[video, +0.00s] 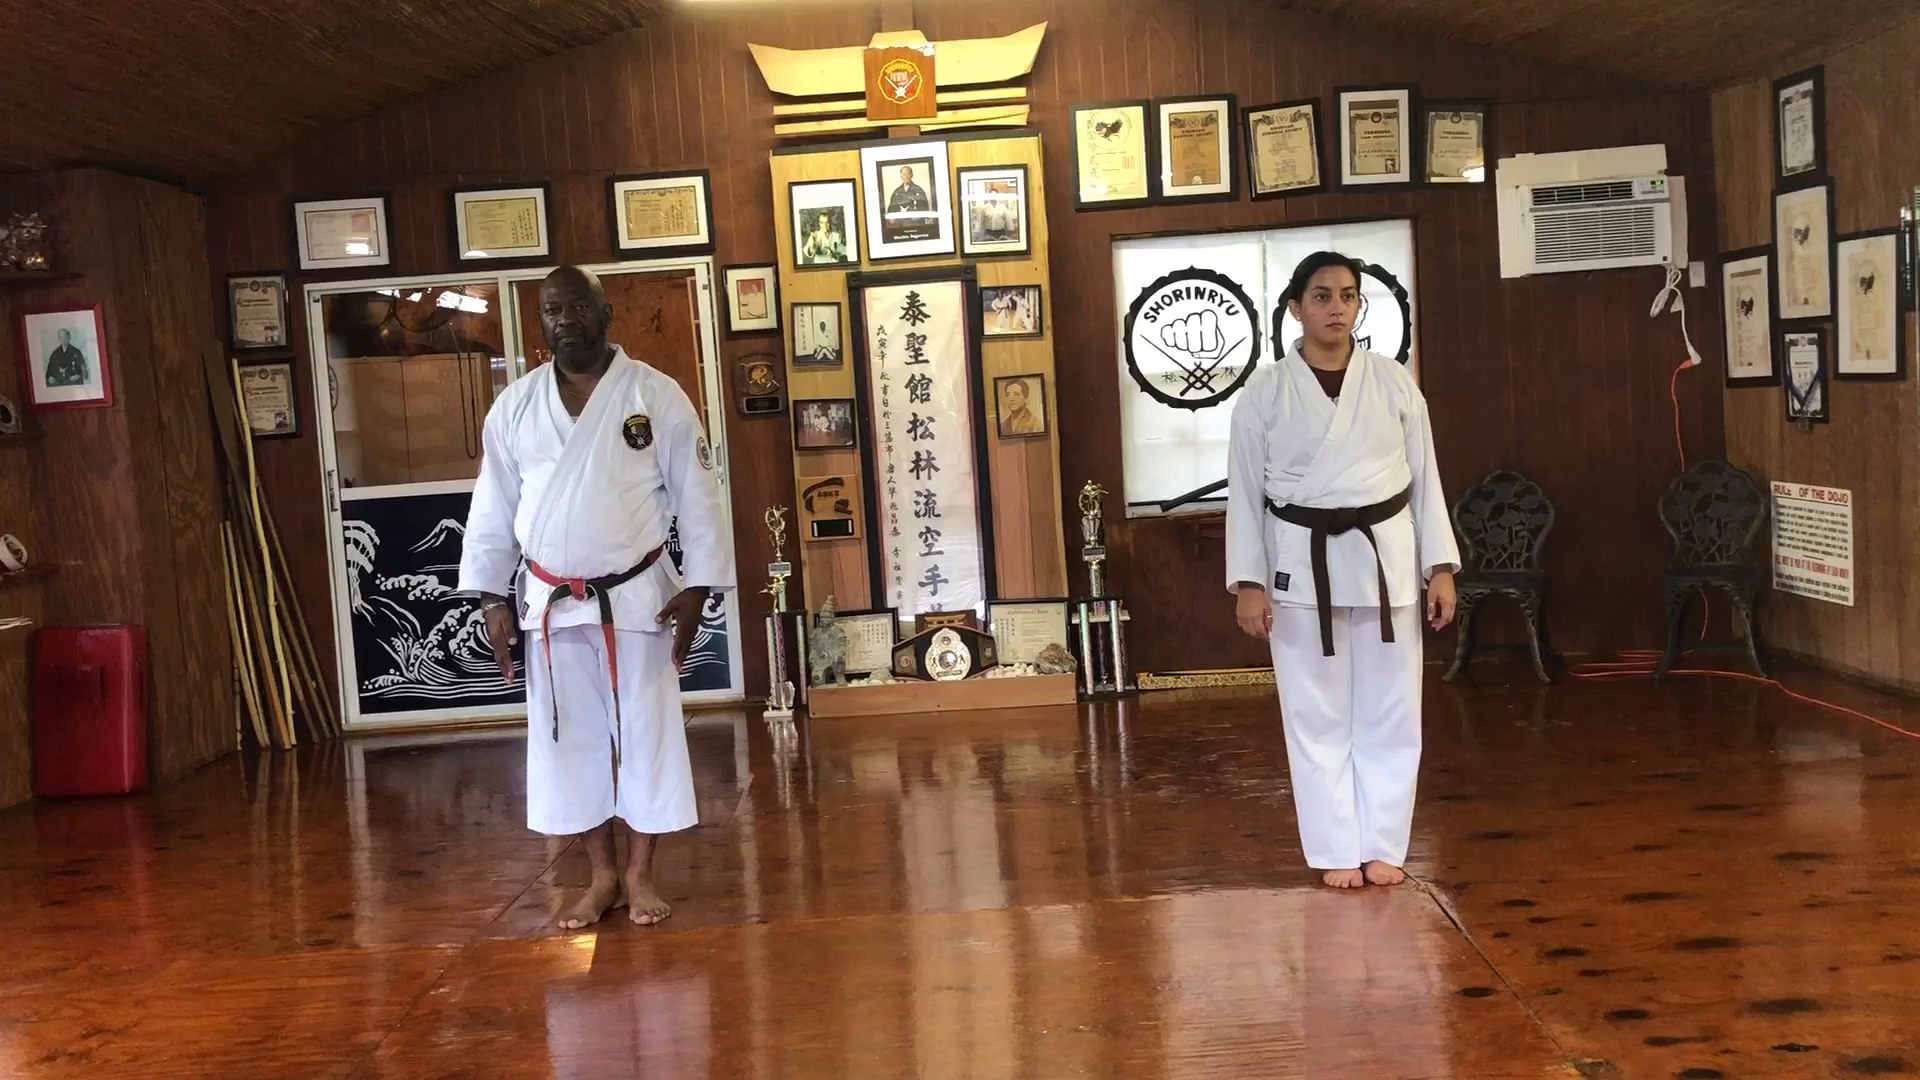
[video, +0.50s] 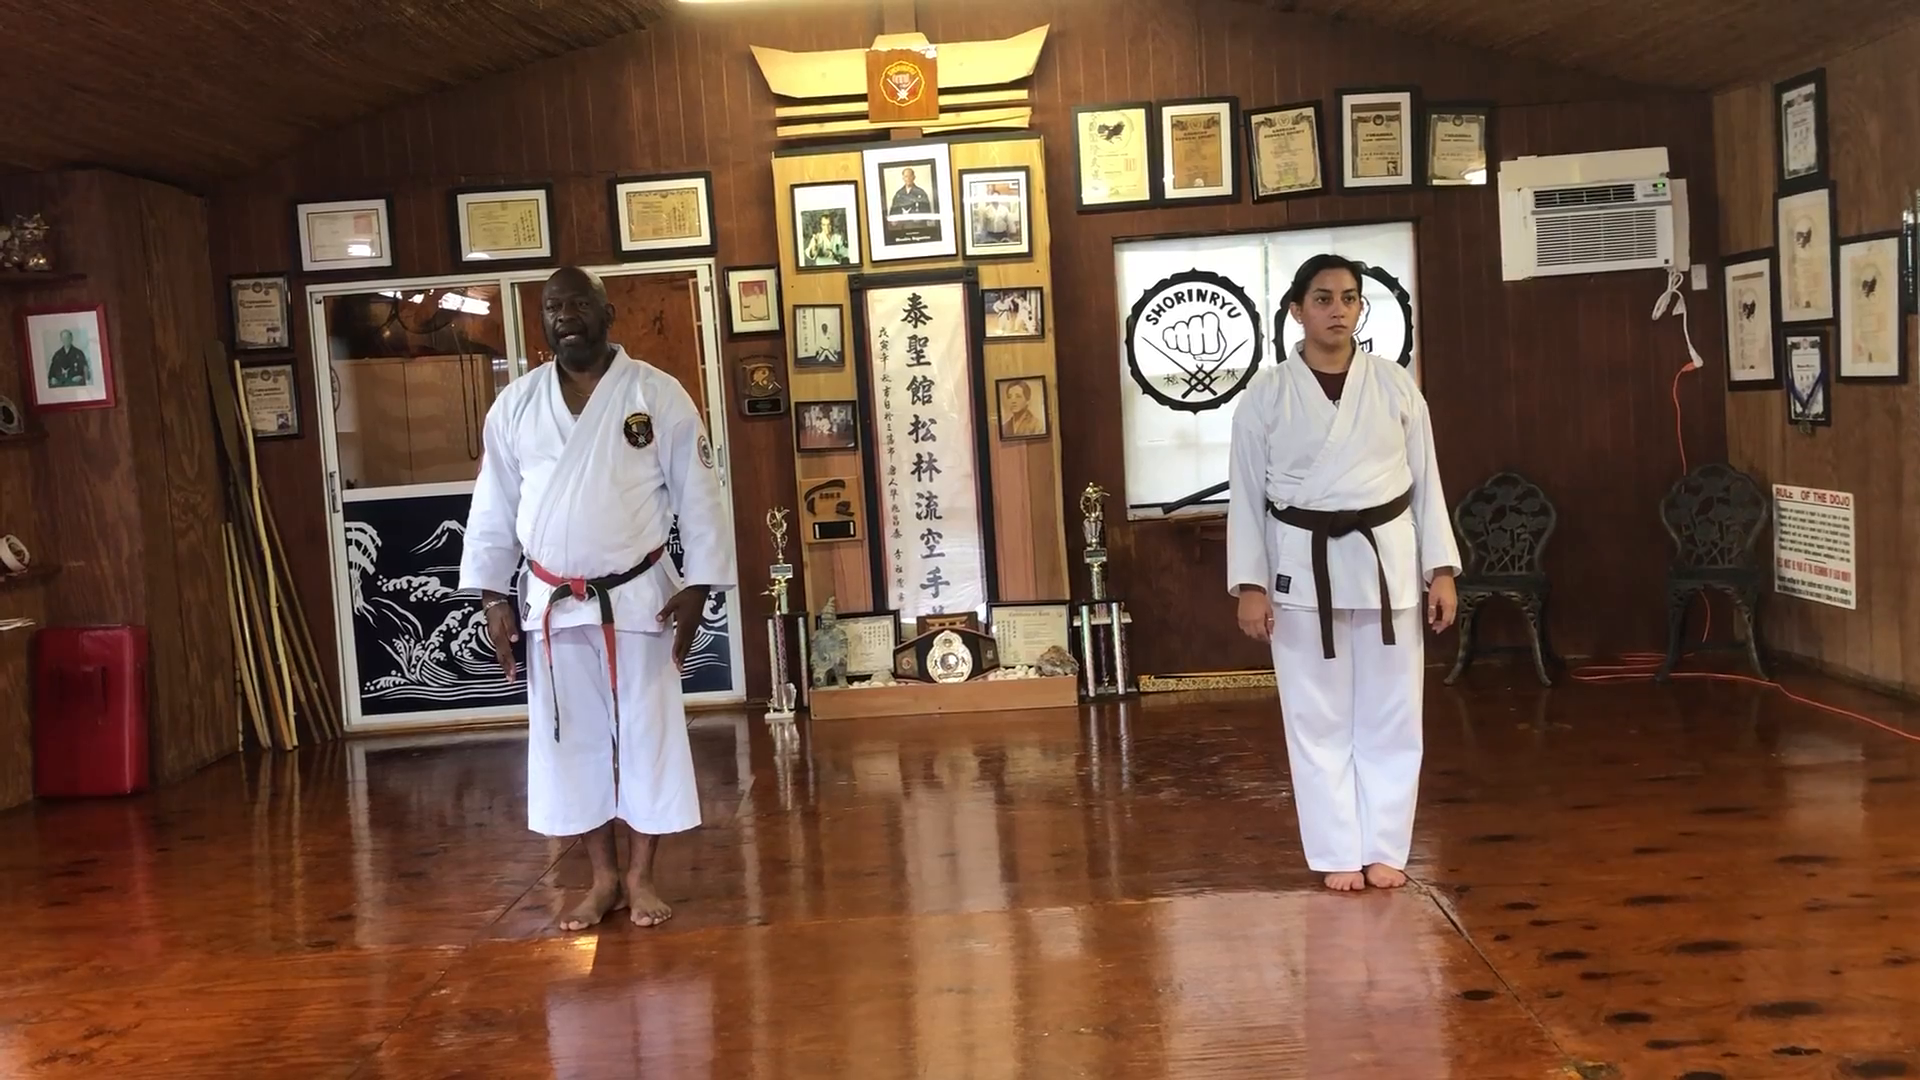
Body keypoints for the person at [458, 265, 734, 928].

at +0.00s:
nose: (565, 320)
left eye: (576, 308)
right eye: (553, 312)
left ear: (606, 314)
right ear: (539, 326)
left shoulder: (655, 395)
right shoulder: (513, 407)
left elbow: (697, 495)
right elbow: (493, 508)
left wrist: (699, 588)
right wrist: (492, 600)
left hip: (636, 589)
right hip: (550, 596)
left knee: (642, 730)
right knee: (572, 731)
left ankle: (638, 875)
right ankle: (601, 875)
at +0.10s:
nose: (565, 320)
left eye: (576, 308)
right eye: (553, 312)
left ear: (606, 315)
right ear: (539, 326)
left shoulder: (656, 396)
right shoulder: (513, 407)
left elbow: (697, 497)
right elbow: (493, 509)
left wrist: (698, 588)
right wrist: (492, 601)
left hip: (636, 590)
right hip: (551, 596)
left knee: (642, 731)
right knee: (571, 732)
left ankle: (638, 875)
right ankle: (600, 876)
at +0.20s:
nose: (564, 321)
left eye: (576, 309)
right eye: (552, 313)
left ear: (606, 315)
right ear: (539, 326)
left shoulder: (656, 395)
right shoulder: (513, 408)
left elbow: (697, 496)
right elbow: (493, 509)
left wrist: (699, 588)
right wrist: (492, 601)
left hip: (637, 590)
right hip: (551, 596)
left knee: (642, 730)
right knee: (572, 732)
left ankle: (638, 875)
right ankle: (600, 876)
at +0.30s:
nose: (563, 321)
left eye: (575, 309)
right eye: (552, 313)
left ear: (606, 314)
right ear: (540, 327)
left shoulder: (656, 395)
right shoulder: (514, 406)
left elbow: (697, 495)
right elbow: (494, 507)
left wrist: (699, 588)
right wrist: (492, 600)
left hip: (637, 590)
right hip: (551, 596)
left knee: (643, 731)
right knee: (572, 733)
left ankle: (638, 876)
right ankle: (600, 876)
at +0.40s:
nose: (565, 320)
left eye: (577, 309)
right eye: (554, 312)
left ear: (607, 316)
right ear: (540, 325)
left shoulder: (657, 395)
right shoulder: (514, 406)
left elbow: (697, 495)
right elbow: (494, 507)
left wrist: (699, 586)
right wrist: (493, 599)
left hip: (638, 590)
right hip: (551, 596)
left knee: (643, 731)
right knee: (571, 733)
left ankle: (639, 876)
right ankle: (600, 877)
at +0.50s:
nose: (565, 319)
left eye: (576, 307)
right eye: (554, 311)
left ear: (607, 315)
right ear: (541, 325)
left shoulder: (657, 395)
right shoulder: (514, 406)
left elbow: (697, 495)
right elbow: (494, 507)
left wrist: (700, 586)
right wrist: (493, 600)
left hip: (638, 590)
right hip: (552, 597)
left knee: (644, 731)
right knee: (572, 733)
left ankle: (639, 876)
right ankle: (601, 877)